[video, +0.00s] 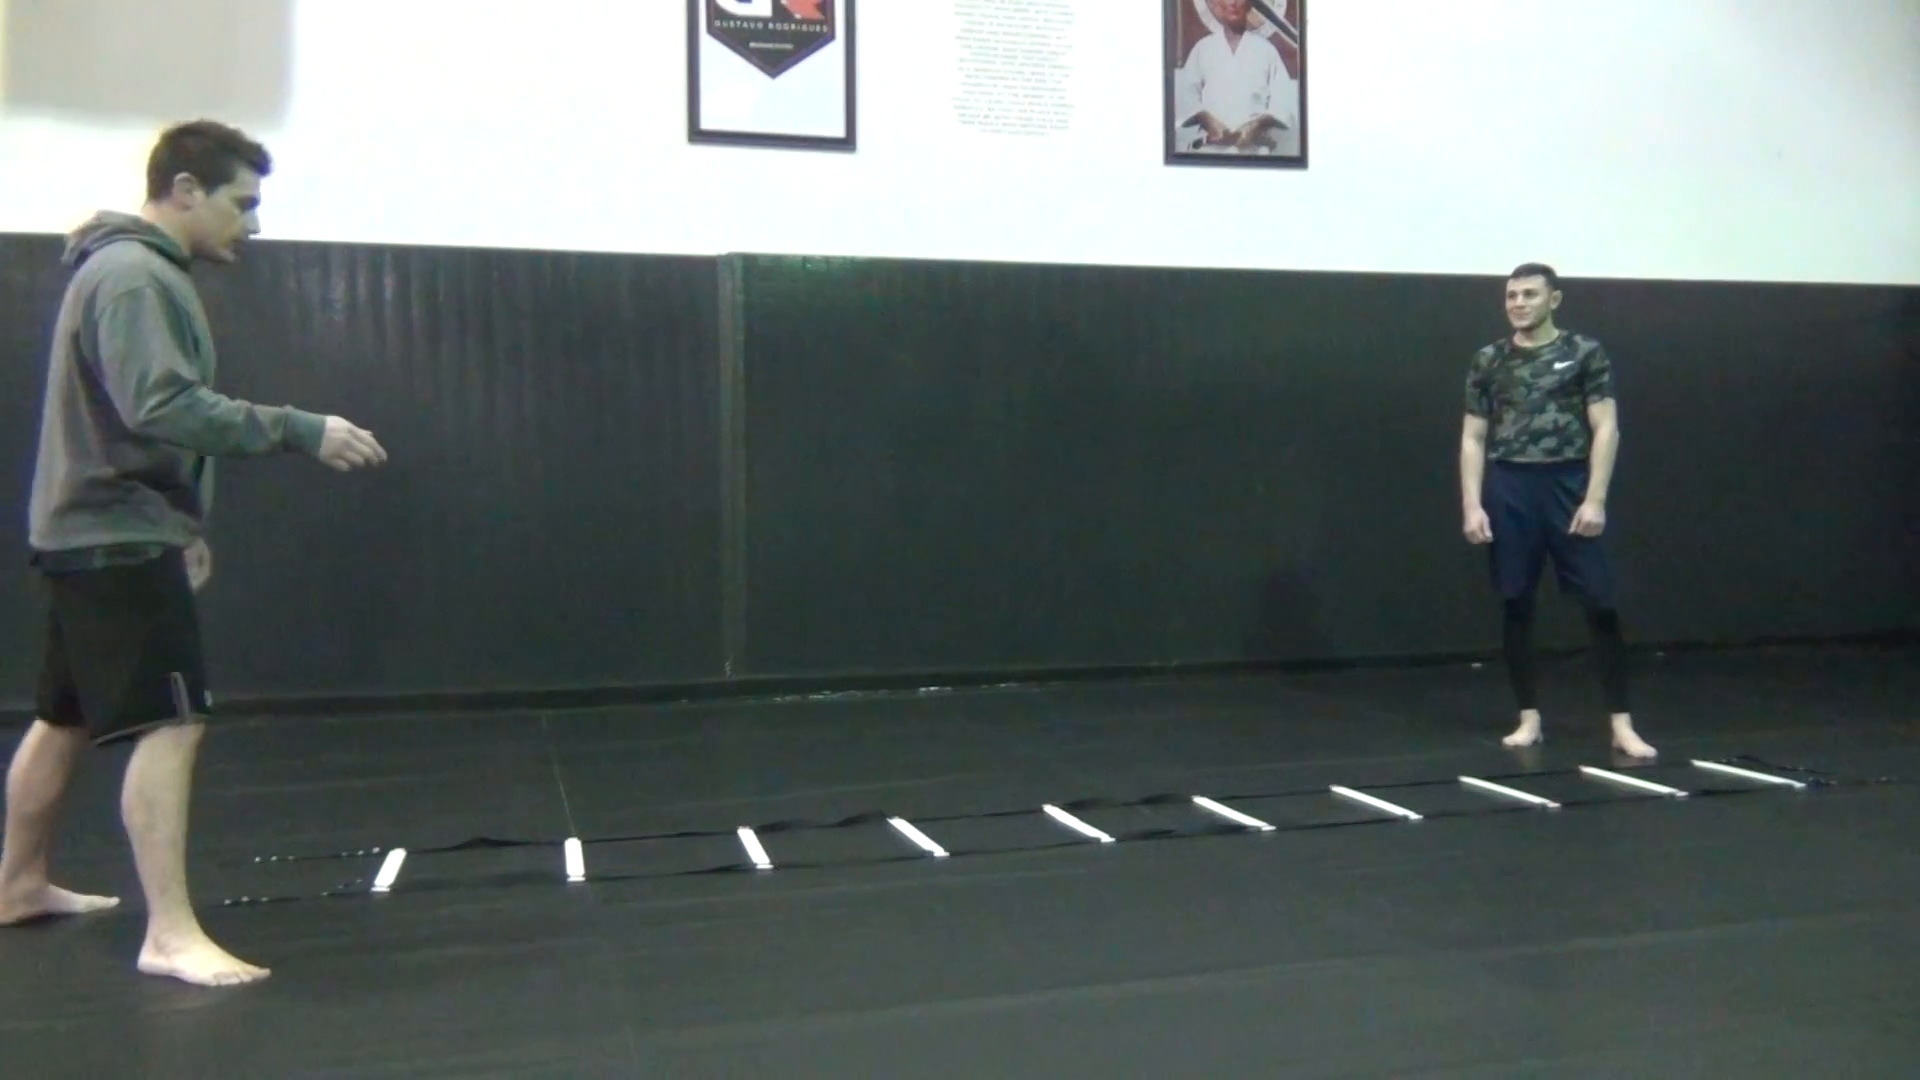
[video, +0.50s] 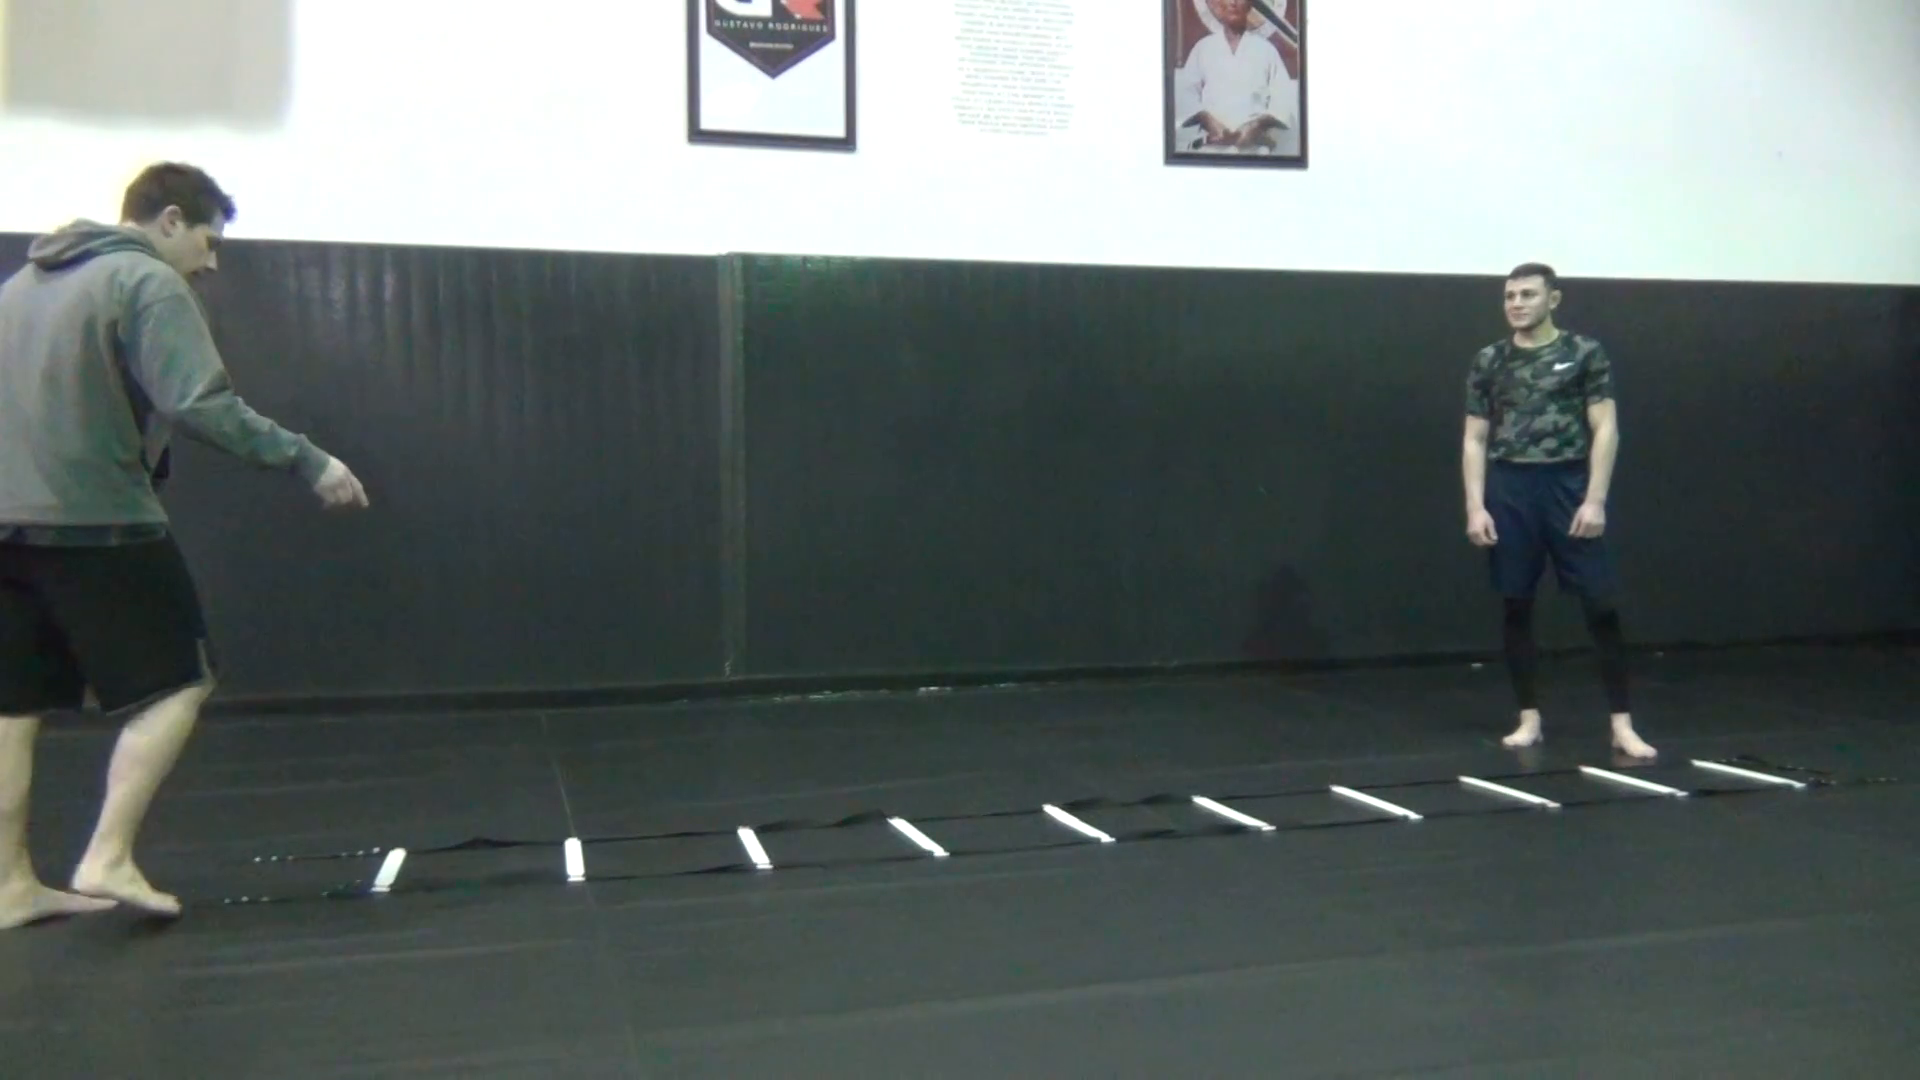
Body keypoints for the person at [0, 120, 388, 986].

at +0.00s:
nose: (251, 224)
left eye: (254, 206)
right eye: (241, 203)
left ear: (178, 196)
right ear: (182, 191)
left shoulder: (129, 269)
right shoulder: (132, 274)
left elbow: (148, 423)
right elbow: (161, 407)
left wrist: (181, 523)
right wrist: (302, 428)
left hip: (87, 533)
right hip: (118, 537)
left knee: (65, 717)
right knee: (172, 722)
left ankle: (19, 883)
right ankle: (172, 934)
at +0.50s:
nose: (210, 262)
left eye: (214, 245)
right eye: (207, 241)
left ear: (147, 216)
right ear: (169, 219)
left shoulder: (25, 280)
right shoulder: (147, 279)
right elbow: (197, 401)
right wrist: (311, 461)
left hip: (10, 519)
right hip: (99, 520)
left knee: (13, 704)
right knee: (176, 683)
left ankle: (12, 883)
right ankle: (108, 859)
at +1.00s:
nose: (287, 260)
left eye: (291, 244)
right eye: (279, 241)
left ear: (222, 231)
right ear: (227, 228)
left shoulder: (111, 288)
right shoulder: (210, 308)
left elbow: (106, 404)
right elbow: (238, 439)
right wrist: (335, 500)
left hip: (106, 521)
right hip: (180, 528)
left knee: (132, 681)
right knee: (192, 691)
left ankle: (77, 799)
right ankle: (168, 864)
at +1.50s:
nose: (332, 262)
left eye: (333, 247)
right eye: (320, 247)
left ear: (277, 250)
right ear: (267, 246)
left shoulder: (266, 315)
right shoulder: (230, 320)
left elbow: (265, 432)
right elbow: (227, 438)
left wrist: (293, 519)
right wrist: (322, 488)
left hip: (255, 529)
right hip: (222, 530)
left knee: (267, 672)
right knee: (227, 679)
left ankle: (283, 802)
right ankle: (166, 847)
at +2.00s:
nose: (396, 260)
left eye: (396, 247)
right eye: (384, 246)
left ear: (342, 249)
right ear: (337, 245)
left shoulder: (331, 312)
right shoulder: (312, 315)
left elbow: (339, 428)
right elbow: (303, 421)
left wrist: (389, 504)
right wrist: (385, 474)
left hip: (294, 513)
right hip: (324, 512)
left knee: (289, 655)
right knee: (398, 634)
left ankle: (282, 795)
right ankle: (367, 785)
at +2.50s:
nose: (495, 262)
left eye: (495, 250)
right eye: (482, 251)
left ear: (444, 255)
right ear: (438, 254)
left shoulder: (439, 319)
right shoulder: (421, 327)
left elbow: (450, 430)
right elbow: (447, 434)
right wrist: (541, 457)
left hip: (433, 517)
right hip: (439, 521)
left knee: (408, 650)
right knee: (459, 655)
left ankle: (327, 755)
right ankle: (474, 791)